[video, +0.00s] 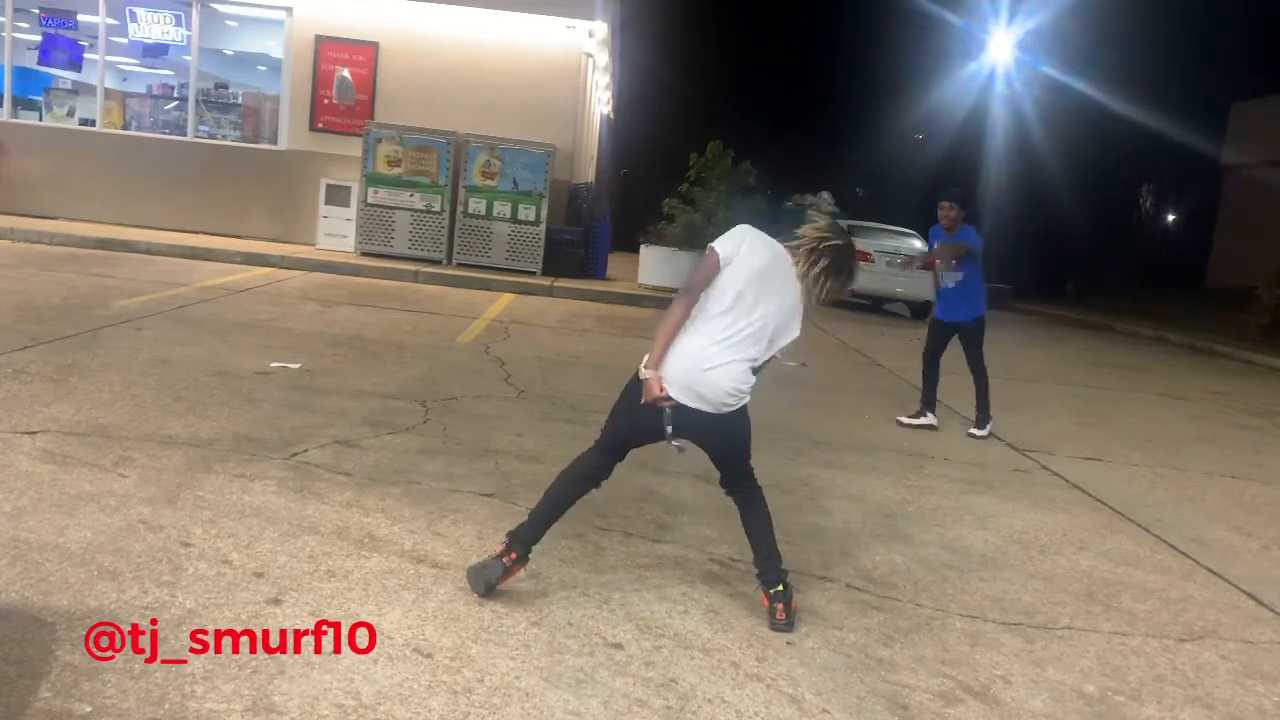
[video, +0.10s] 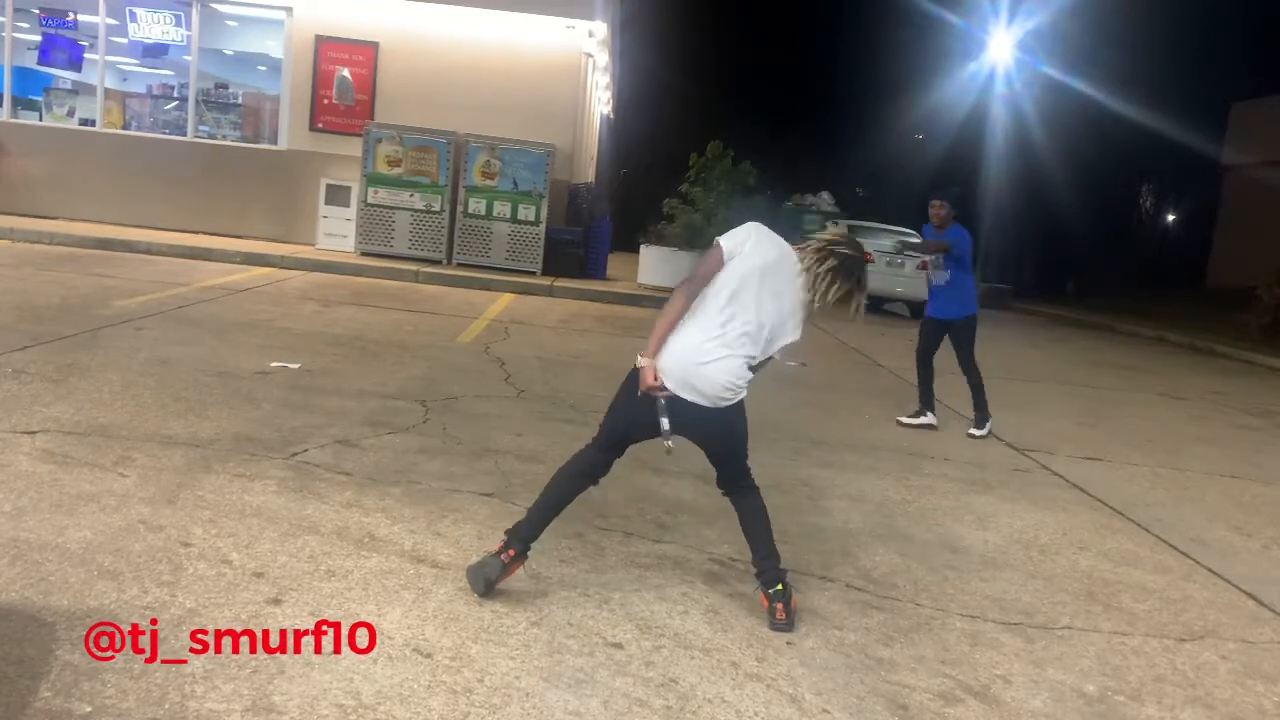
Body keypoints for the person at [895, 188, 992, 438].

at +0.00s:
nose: (946, 214)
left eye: (951, 209)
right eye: (942, 209)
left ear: (962, 213)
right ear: (937, 211)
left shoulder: (970, 235)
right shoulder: (935, 233)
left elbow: (957, 251)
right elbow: (935, 264)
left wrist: (924, 259)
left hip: (970, 313)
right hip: (944, 311)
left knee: (976, 365)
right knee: (930, 357)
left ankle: (983, 419)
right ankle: (927, 411)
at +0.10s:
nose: (936, 212)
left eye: (941, 208)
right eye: (933, 208)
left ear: (951, 211)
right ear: (928, 211)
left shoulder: (961, 235)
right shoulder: (927, 233)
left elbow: (938, 247)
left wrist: (909, 247)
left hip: (962, 311)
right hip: (936, 309)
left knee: (967, 363)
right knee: (923, 356)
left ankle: (982, 418)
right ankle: (926, 411)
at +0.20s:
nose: (925, 209)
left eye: (930, 204)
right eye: (922, 204)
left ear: (940, 209)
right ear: (917, 207)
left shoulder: (949, 232)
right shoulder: (918, 230)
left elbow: (941, 262)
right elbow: (923, 260)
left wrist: (911, 247)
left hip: (949, 308)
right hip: (926, 306)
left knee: (946, 360)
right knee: (918, 358)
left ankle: (976, 411)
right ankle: (925, 411)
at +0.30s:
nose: (908, 205)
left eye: (913, 200)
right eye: (905, 200)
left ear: (923, 203)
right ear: (901, 204)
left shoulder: (935, 231)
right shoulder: (909, 231)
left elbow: (953, 271)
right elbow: (914, 265)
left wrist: (922, 277)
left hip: (933, 303)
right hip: (915, 303)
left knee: (919, 355)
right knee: (916, 355)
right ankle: (924, 409)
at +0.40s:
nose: (899, 206)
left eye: (903, 201)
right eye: (896, 201)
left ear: (913, 204)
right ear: (893, 205)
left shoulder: (929, 231)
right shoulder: (897, 231)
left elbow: (940, 269)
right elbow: (897, 265)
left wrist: (935, 302)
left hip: (920, 302)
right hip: (905, 302)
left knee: (900, 350)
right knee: (916, 356)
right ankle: (926, 410)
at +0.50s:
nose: (882, 210)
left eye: (887, 206)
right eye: (879, 206)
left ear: (896, 209)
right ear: (874, 209)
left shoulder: (910, 235)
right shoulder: (873, 233)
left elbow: (929, 271)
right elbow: (875, 258)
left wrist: (941, 307)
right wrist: (855, 255)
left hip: (905, 305)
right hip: (886, 304)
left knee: (875, 348)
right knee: (901, 360)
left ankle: (864, 411)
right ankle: (923, 409)